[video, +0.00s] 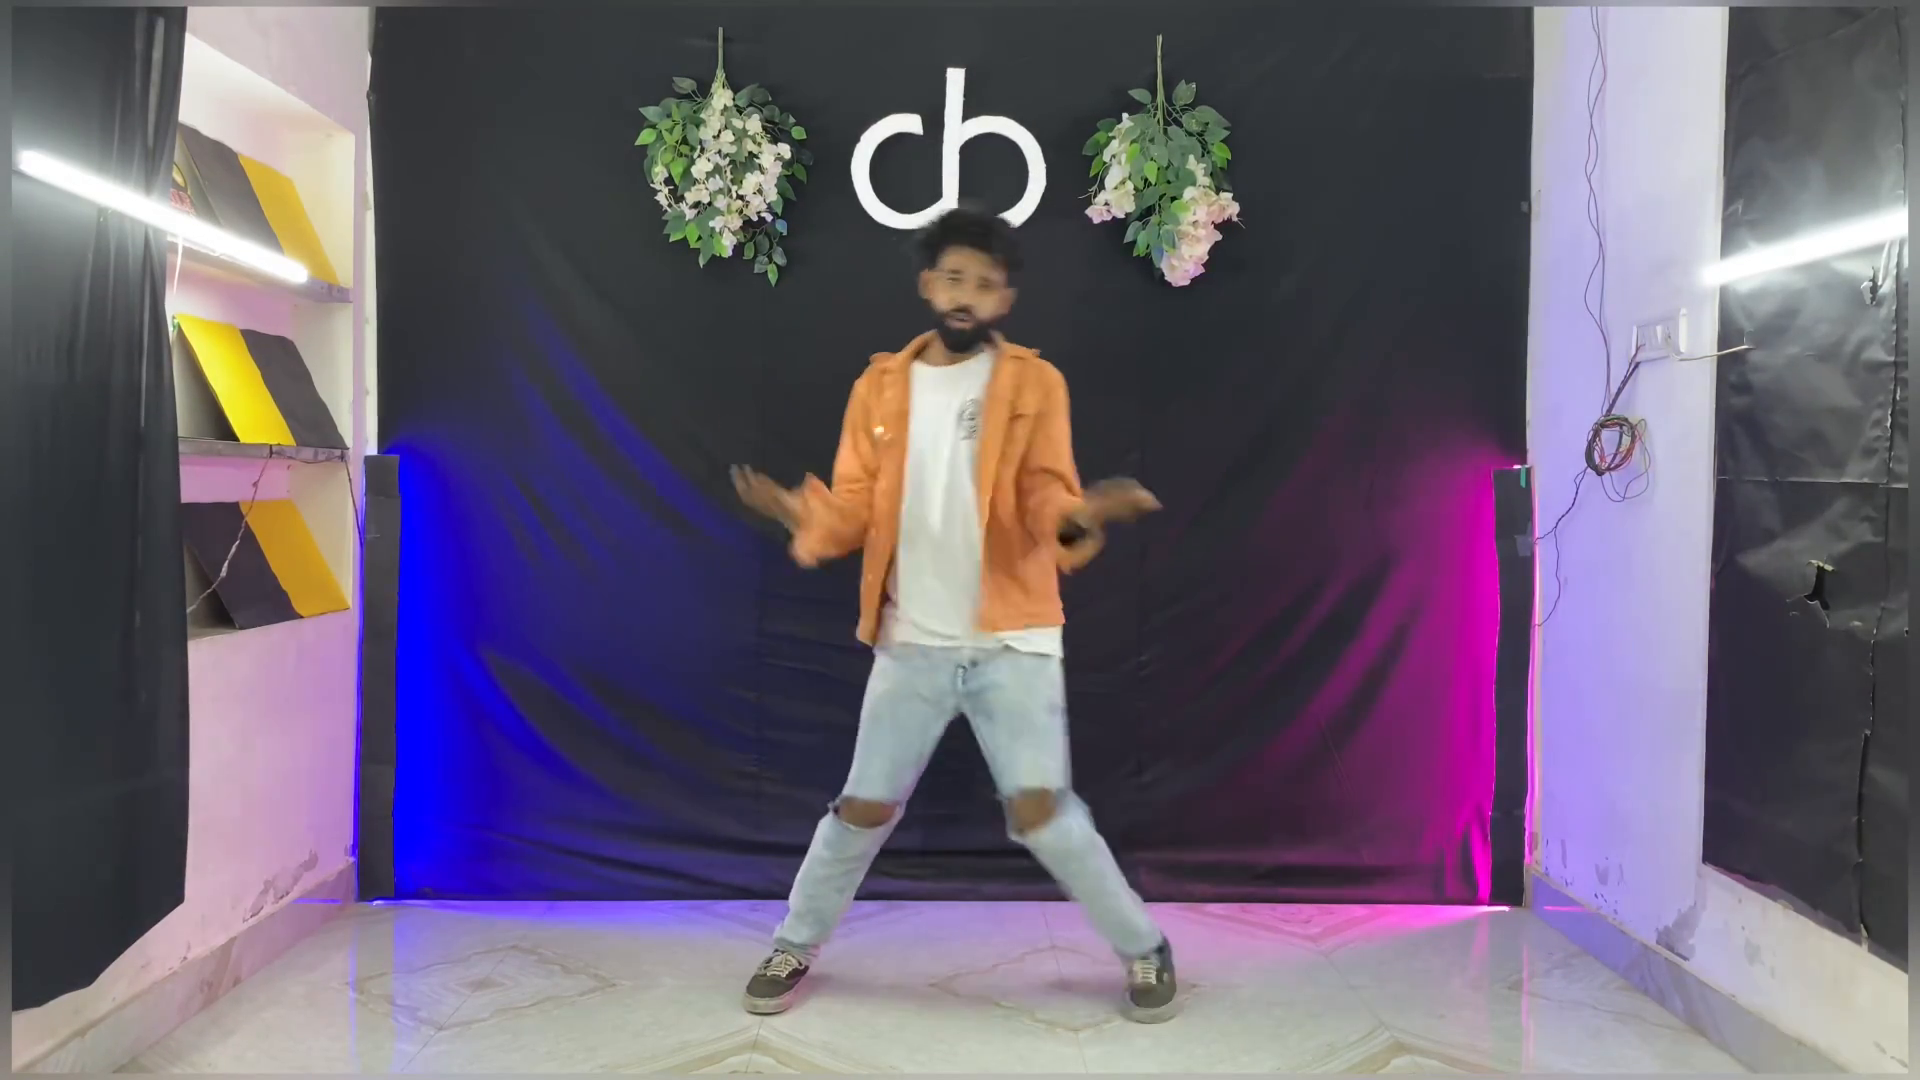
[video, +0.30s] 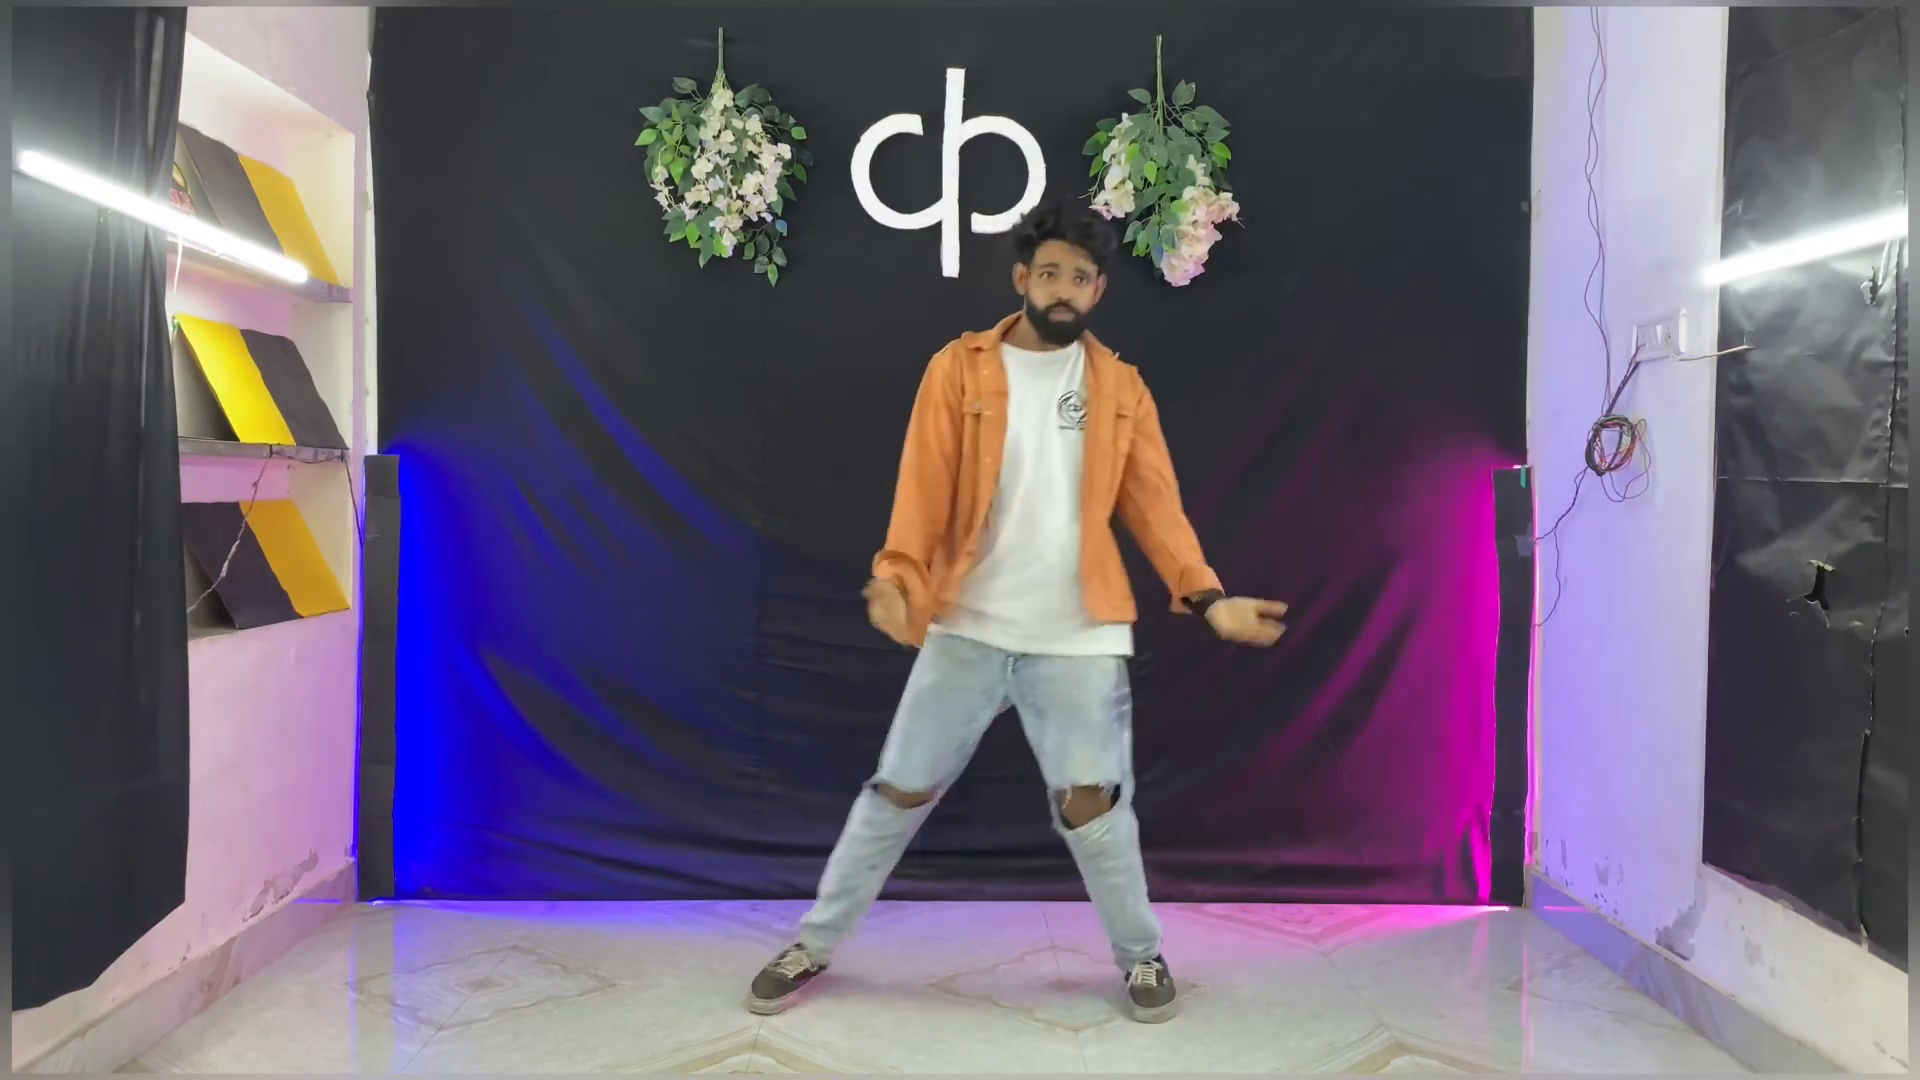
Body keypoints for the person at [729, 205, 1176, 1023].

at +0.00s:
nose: (964, 295)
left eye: (983, 283)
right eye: (951, 278)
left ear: (1009, 297)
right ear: (925, 283)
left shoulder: (1036, 384)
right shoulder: (881, 383)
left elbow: (1044, 501)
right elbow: (851, 501)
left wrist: (1083, 511)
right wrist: (800, 511)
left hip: (1014, 638)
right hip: (910, 638)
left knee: (1039, 810)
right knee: (863, 806)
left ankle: (1143, 949)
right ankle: (792, 945)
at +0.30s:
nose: (1064, 289)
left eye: (1080, 277)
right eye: (1049, 271)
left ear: (1099, 292)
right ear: (1019, 275)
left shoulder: (1120, 388)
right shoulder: (958, 369)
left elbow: (1154, 502)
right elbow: (922, 483)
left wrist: (1209, 598)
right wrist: (896, 573)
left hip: (1078, 634)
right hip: (964, 623)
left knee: (1090, 807)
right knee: (898, 790)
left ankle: (1141, 956)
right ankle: (813, 943)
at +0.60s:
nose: (1024, 279)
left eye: (1039, 264)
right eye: (1005, 267)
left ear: (1066, 277)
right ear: (982, 285)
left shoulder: (1102, 377)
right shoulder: (957, 365)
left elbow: (1088, 502)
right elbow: (977, 472)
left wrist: (974, 522)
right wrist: (1096, 447)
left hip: (1066, 607)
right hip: (968, 599)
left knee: (1099, 785)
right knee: (947, 752)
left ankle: (1143, 953)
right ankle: (1009, 895)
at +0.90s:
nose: (920, 330)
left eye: (942, 320)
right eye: (912, 316)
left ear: (978, 340)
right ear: (897, 330)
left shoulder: (1021, 436)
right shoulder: (872, 442)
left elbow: (1093, 549)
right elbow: (822, 570)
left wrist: (1170, 644)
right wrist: (753, 663)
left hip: (963, 704)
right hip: (860, 684)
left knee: (960, 886)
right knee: (791, 836)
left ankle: (1107, 948)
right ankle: (682, 965)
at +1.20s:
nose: (1078, 276)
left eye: (1094, 262)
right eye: (1065, 259)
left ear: (1116, 271)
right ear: (1034, 260)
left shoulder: (1140, 331)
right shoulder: (992, 354)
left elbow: (1176, 369)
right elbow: (960, 481)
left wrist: (1119, 297)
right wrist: (943, 590)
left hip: (1125, 600)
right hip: (1020, 597)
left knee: (1139, 774)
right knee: (970, 750)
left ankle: (1123, 950)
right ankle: (925, 882)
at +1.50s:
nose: (1188, 316)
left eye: (1205, 302)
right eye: (1174, 296)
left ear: (1227, 313)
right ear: (1148, 301)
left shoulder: (1239, 376)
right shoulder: (1097, 406)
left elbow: (1291, 260)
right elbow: (1081, 535)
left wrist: (1220, 217)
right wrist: (1102, 648)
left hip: (1230, 610)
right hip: (1143, 624)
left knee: (1208, 776)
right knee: (1214, 789)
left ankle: (1132, 942)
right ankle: (1331, 899)